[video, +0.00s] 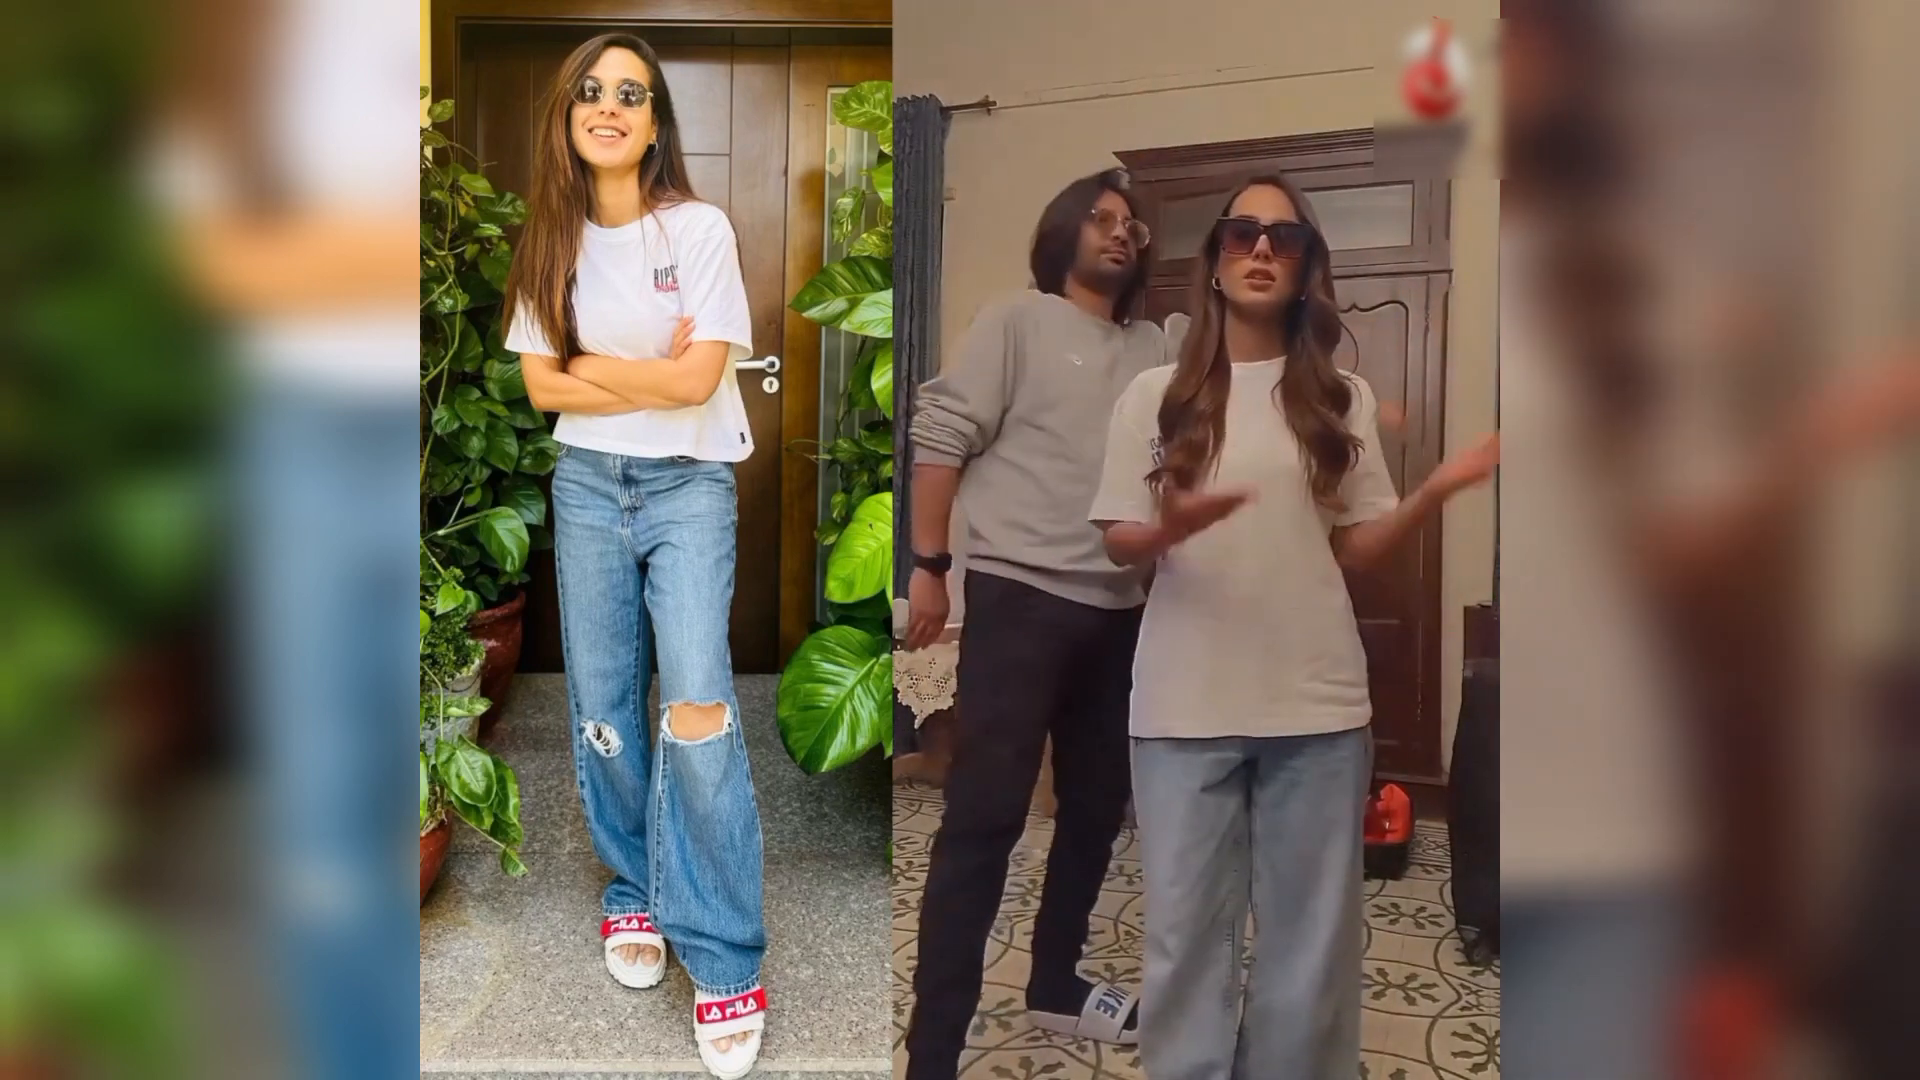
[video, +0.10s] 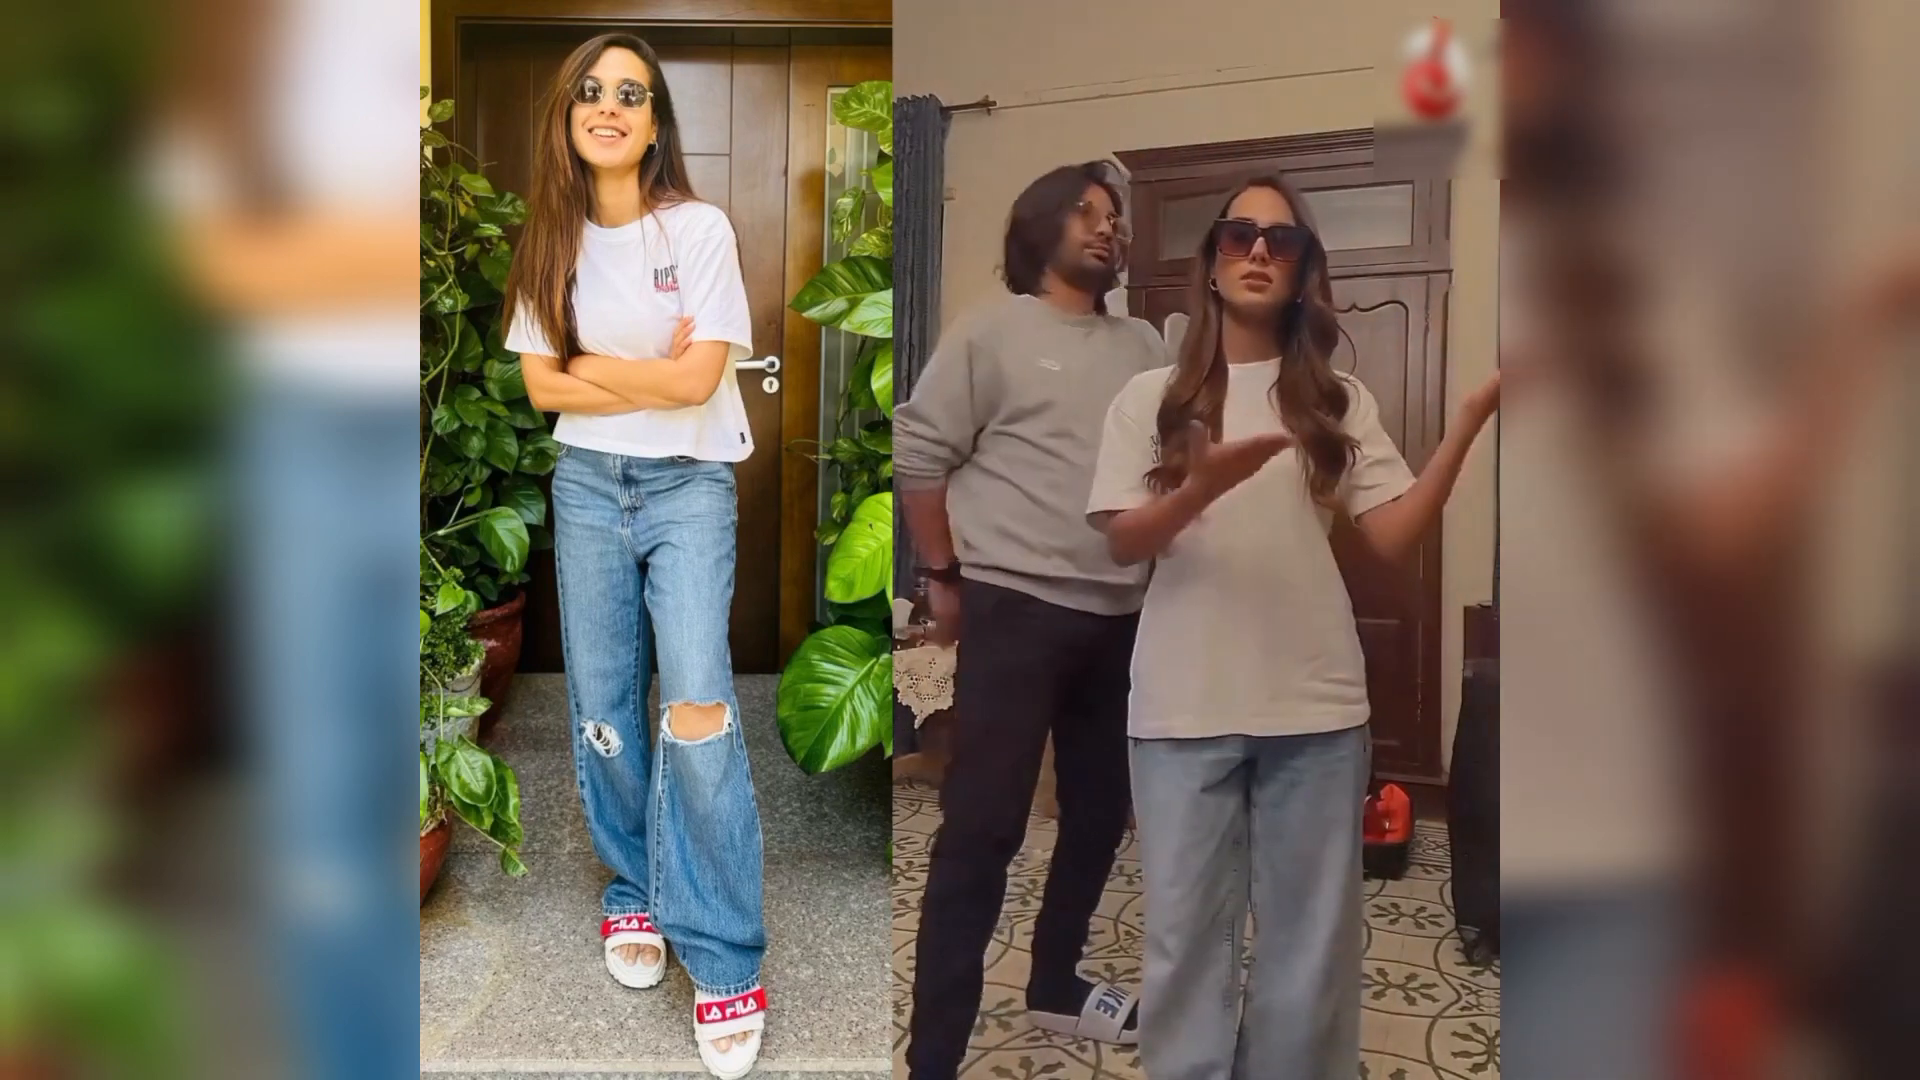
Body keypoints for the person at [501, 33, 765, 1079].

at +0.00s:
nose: (610, 111)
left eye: (630, 97)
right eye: (593, 95)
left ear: (656, 121)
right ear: (566, 117)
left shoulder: (699, 226)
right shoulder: (549, 240)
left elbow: (698, 378)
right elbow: (540, 385)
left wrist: (577, 363)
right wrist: (662, 378)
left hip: (689, 482)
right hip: (584, 484)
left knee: (694, 708)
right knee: (603, 707)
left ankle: (724, 956)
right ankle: (631, 891)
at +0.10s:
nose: (610, 111)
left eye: (630, 97)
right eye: (593, 95)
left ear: (656, 120)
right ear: (566, 117)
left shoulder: (699, 226)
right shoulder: (549, 240)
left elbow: (698, 378)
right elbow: (540, 385)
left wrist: (576, 362)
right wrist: (662, 378)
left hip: (689, 482)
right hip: (584, 484)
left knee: (695, 708)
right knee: (603, 708)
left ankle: (724, 955)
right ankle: (631, 890)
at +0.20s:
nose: (610, 111)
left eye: (630, 97)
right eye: (593, 95)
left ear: (656, 121)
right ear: (566, 117)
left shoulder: (699, 226)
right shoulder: (549, 240)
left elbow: (698, 378)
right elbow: (540, 386)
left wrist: (577, 363)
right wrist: (662, 378)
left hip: (689, 482)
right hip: (584, 484)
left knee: (694, 708)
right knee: (603, 708)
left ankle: (724, 956)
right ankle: (631, 891)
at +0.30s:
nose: (610, 111)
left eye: (630, 97)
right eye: (593, 95)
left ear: (656, 120)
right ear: (566, 117)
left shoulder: (699, 226)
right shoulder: (549, 240)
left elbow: (698, 378)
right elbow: (540, 385)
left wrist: (576, 362)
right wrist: (662, 378)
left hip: (689, 482)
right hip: (584, 484)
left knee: (695, 708)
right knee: (603, 709)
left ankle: (724, 955)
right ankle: (631, 890)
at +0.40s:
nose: (610, 111)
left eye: (630, 97)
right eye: (593, 95)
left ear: (656, 121)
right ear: (566, 117)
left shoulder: (699, 226)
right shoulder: (549, 240)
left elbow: (698, 378)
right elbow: (540, 385)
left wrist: (576, 363)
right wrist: (662, 378)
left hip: (689, 482)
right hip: (584, 484)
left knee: (694, 708)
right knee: (603, 708)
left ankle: (724, 956)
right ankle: (631, 891)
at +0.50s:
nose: (610, 111)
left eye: (630, 98)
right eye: (593, 95)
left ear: (656, 121)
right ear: (566, 117)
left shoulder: (699, 226)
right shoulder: (549, 240)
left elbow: (698, 378)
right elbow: (540, 385)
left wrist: (576, 363)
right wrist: (662, 378)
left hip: (689, 482)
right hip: (584, 484)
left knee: (694, 709)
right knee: (602, 708)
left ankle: (724, 957)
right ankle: (631, 891)